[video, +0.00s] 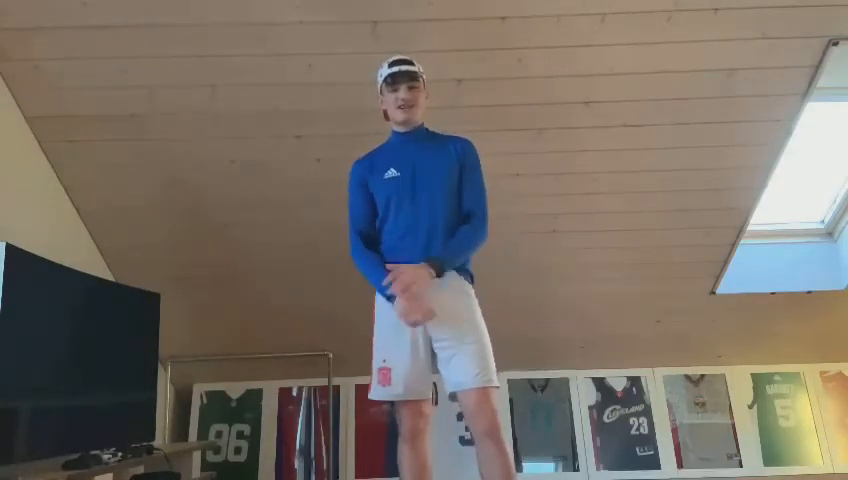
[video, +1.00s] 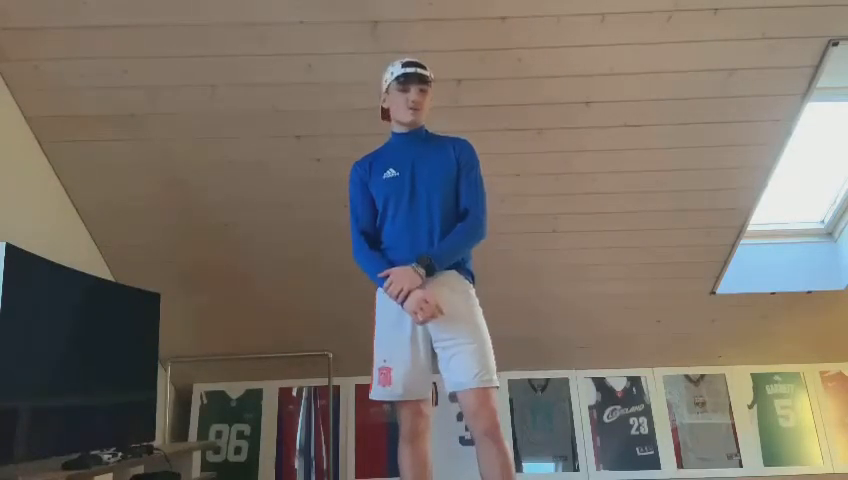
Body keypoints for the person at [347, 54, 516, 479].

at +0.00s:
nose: (404, 95)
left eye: (412, 87)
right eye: (394, 89)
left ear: (425, 95)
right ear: (382, 103)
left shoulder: (459, 150)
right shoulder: (366, 168)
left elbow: (477, 225)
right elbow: (360, 244)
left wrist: (431, 266)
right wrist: (399, 291)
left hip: (451, 292)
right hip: (394, 299)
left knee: (484, 414)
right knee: (413, 418)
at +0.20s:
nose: (405, 95)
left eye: (413, 87)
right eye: (395, 88)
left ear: (427, 97)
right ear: (383, 102)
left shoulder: (459, 149)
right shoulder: (366, 167)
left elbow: (476, 225)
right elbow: (362, 246)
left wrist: (419, 265)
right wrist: (405, 288)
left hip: (451, 288)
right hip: (395, 296)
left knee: (484, 415)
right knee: (413, 418)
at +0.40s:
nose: (407, 95)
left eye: (416, 88)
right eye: (397, 88)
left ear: (428, 98)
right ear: (385, 103)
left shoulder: (459, 149)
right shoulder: (366, 168)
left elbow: (473, 226)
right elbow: (362, 245)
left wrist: (419, 269)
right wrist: (401, 292)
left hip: (450, 289)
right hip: (394, 297)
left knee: (485, 417)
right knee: (412, 419)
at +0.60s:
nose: (407, 96)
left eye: (416, 88)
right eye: (398, 89)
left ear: (429, 98)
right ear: (385, 103)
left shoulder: (459, 149)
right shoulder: (366, 168)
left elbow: (474, 224)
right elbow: (362, 246)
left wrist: (419, 268)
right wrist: (402, 292)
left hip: (450, 289)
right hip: (395, 297)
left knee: (484, 416)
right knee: (413, 419)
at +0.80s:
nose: (410, 95)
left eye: (418, 88)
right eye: (400, 88)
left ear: (429, 98)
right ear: (384, 102)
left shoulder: (458, 149)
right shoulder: (366, 168)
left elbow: (475, 224)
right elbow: (362, 246)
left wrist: (421, 269)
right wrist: (403, 292)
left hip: (451, 288)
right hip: (395, 297)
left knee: (484, 415)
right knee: (413, 419)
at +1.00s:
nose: (414, 97)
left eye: (421, 90)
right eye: (403, 89)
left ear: (430, 99)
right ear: (386, 101)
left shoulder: (458, 150)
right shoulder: (366, 169)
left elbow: (475, 224)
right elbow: (362, 246)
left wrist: (421, 268)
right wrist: (404, 291)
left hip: (452, 289)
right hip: (395, 297)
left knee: (484, 416)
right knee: (413, 419)